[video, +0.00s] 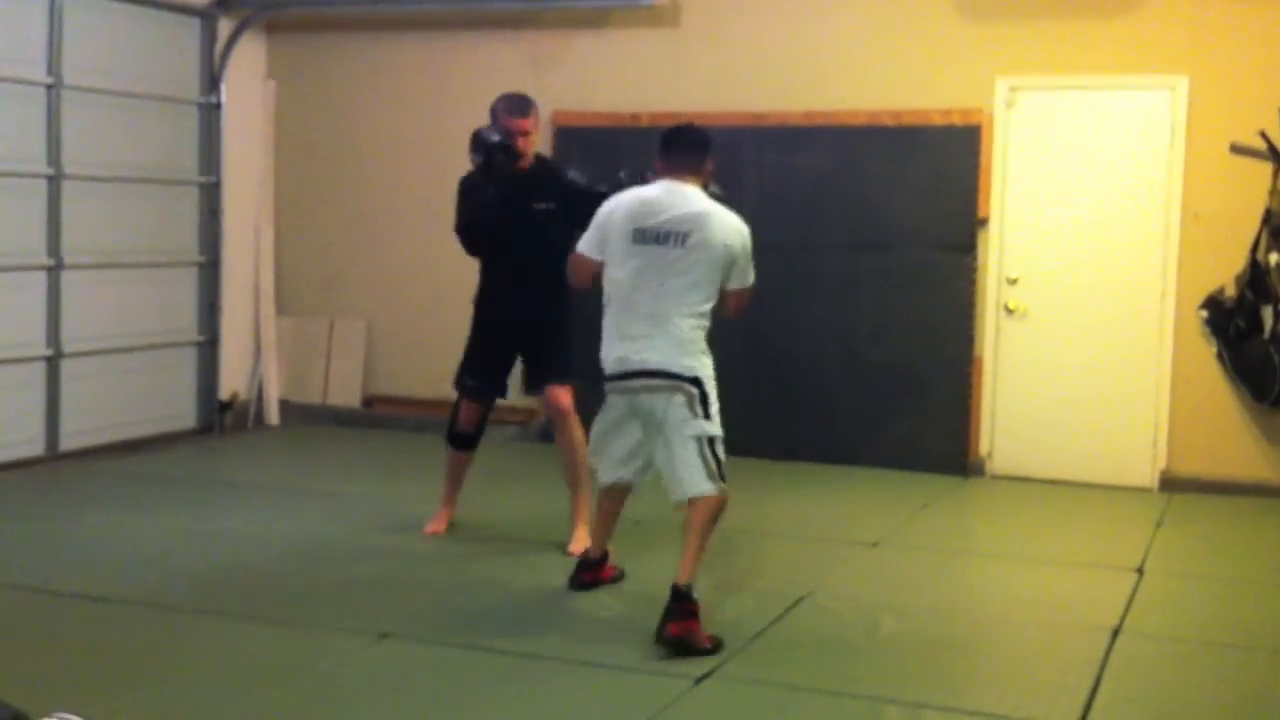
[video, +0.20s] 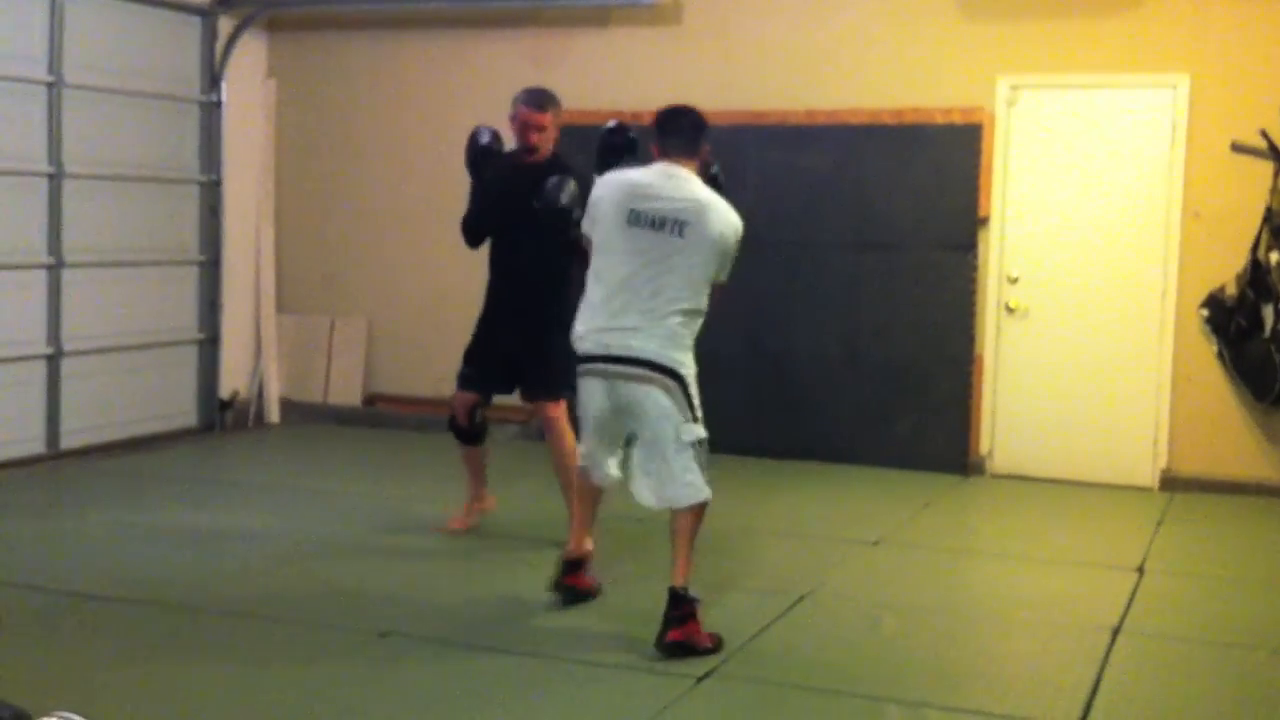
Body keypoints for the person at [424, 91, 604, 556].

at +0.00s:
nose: (520, 143)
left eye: (527, 134)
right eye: (511, 135)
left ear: (538, 132)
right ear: (494, 133)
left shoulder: (555, 180)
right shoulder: (478, 184)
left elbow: (600, 212)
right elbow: (473, 242)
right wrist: (491, 179)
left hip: (549, 308)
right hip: (497, 308)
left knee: (560, 402)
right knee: (470, 409)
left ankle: (581, 521)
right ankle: (446, 507)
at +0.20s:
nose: (531, 137)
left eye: (540, 129)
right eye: (524, 127)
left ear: (557, 128)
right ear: (512, 124)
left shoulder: (573, 180)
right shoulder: (500, 171)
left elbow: (589, 253)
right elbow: (473, 236)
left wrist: (570, 215)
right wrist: (484, 178)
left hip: (553, 310)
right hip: (503, 306)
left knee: (553, 413)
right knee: (465, 407)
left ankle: (578, 523)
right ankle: (477, 496)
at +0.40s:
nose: (544, 143)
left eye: (554, 137)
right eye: (539, 133)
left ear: (570, 138)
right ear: (526, 128)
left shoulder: (578, 181)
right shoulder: (498, 170)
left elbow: (601, 240)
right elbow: (452, 228)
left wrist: (599, 180)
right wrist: (472, 183)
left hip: (551, 313)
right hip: (495, 310)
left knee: (550, 416)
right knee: (480, 414)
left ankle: (576, 520)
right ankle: (490, 506)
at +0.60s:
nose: (531, 141)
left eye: (541, 133)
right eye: (524, 130)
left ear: (553, 134)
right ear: (506, 126)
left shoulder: (565, 184)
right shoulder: (482, 173)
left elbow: (580, 247)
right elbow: (456, 236)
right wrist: (480, 176)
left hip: (543, 309)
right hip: (490, 308)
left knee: (541, 398)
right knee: (481, 409)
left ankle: (571, 511)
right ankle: (490, 505)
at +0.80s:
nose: (525, 142)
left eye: (534, 133)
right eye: (517, 133)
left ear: (549, 132)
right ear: (501, 133)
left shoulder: (571, 175)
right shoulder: (487, 174)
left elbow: (592, 237)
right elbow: (462, 246)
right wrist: (485, 187)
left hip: (552, 312)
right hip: (497, 311)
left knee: (546, 418)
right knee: (483, 414)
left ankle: (571, 534)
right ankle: (492, 506)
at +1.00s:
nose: (512, 136)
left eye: (520, 126)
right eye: (503, 128)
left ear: (538, 124)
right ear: (491, 130)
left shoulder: (564, 171)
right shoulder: (490, 175)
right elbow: (478, 251)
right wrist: (485, 181)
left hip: (562, 307)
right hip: (512, 306)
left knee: (555, 423)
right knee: (472, 417)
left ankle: (574, 537)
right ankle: (489, 494)